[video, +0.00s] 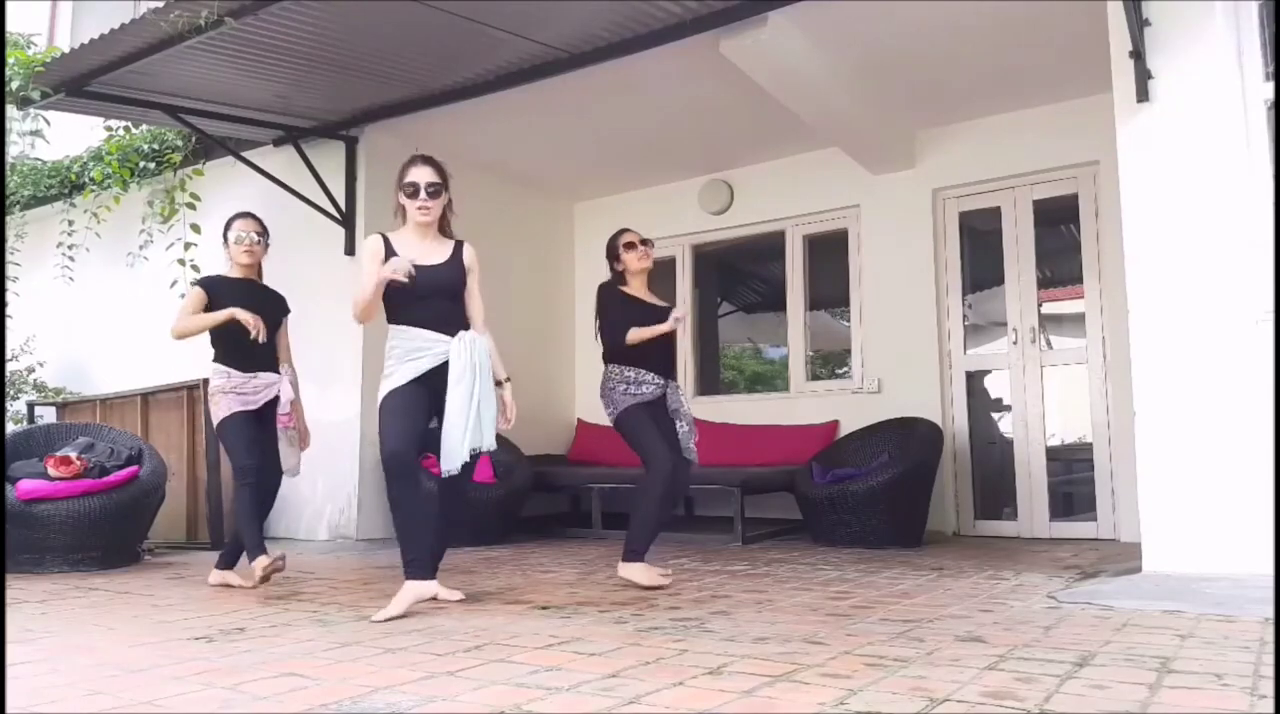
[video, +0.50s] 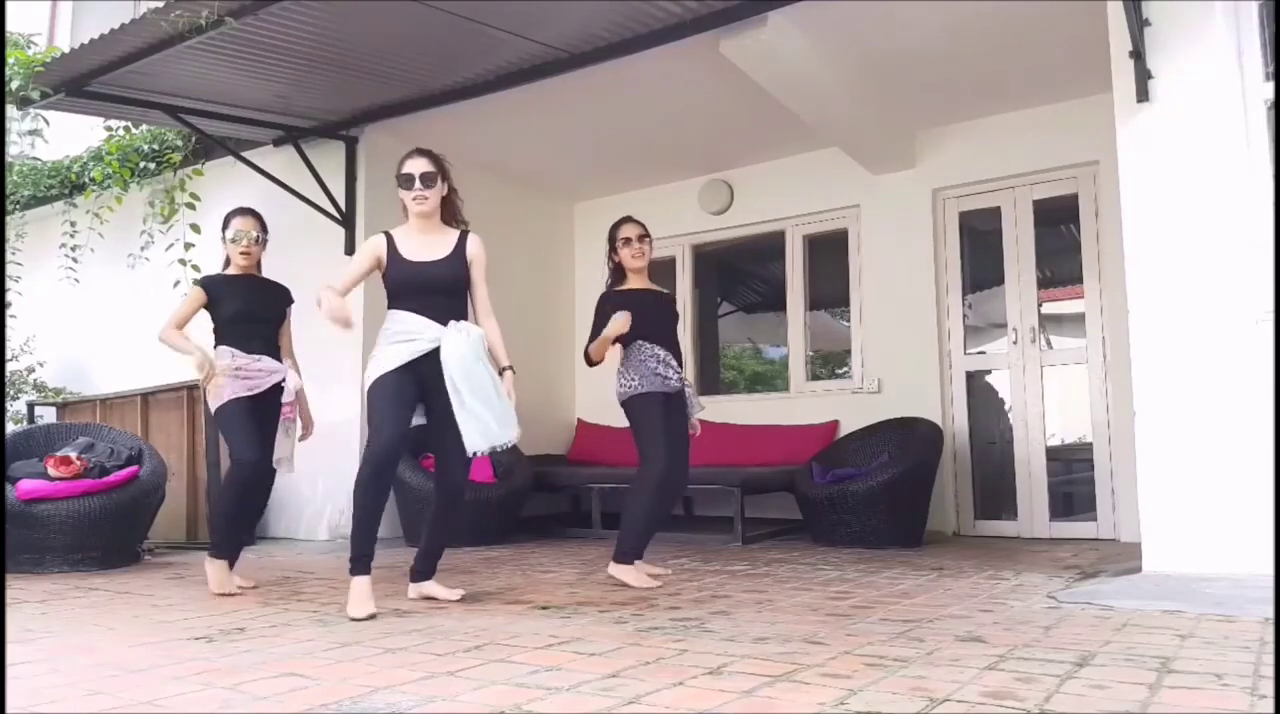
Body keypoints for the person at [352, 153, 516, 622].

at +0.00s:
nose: (423, 197)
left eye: (433, 189)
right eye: (413, 190)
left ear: (446, 197)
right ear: (400, 197)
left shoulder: (463, 253)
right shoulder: (380, 245)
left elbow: (479, 325)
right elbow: (363, 314)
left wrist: (502, 381)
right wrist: (380, 277)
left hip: (460, 368)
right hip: (407, 367)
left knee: (453, 472)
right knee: (396, 454)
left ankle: (428, 575)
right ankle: (417, 576)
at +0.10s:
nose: (421, 205)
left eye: (430, 198)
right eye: (411, 197)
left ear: (444, 205)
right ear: (399, 205)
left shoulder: (465, 259)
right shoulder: (379, 261)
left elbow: (479, 333)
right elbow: (375, 345)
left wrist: (497, 389)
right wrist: (374, 320)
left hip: (460, 376)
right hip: (403, 376)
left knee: (460, 478)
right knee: (375, 453)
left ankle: (426, 576)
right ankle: (395, 578)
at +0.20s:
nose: (422, 209)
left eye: (431, 201)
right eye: (412, 202)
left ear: (445, 208)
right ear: (400, 210)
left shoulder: (466, 266)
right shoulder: (381, 266)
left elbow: (480, 339)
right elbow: (374, 333)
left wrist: (497, 398)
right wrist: (364, 382)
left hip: (460, 384)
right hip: (402, 385)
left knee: (460, 483)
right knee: (353, 459)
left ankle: (423, 577)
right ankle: (384, 579)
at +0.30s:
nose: (421, 205)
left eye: (430, 198)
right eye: (411, 198)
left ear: (444, 206)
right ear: (399, 207)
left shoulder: (467, 264)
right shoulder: (379, 265)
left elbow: (479, 339)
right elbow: (376, 340)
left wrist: (502, 393)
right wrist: (341, 341)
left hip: (458, 382)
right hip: (402, 383)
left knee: (461, 488)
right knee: (349, 457)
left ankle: (423, 576)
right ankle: (381, 577)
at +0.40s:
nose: (418, 196)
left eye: (428, 188)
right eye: (409, 189)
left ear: (443, 196)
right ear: (398, 198)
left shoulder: (466, 252)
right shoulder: (382, 252)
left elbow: (482, 324)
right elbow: (343, 318)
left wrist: (504, 379)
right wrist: (336, 282)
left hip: (457, 373)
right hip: (401, 373)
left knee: (457, 486)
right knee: (358, 451)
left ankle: (423, 576)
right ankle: (380, 576)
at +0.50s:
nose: (418, 188)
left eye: (428, 180)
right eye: (408, 182)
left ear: (444, 185)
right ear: (399, 190)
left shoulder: (468, 244)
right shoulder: (384, 244)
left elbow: (484, 314)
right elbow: (333, 288)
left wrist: (505, 368)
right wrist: (330, 301)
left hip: (453, 362)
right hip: (397, 361)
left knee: (454, 472)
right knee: (383, 453)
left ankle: (423, 576)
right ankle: (360, 576)